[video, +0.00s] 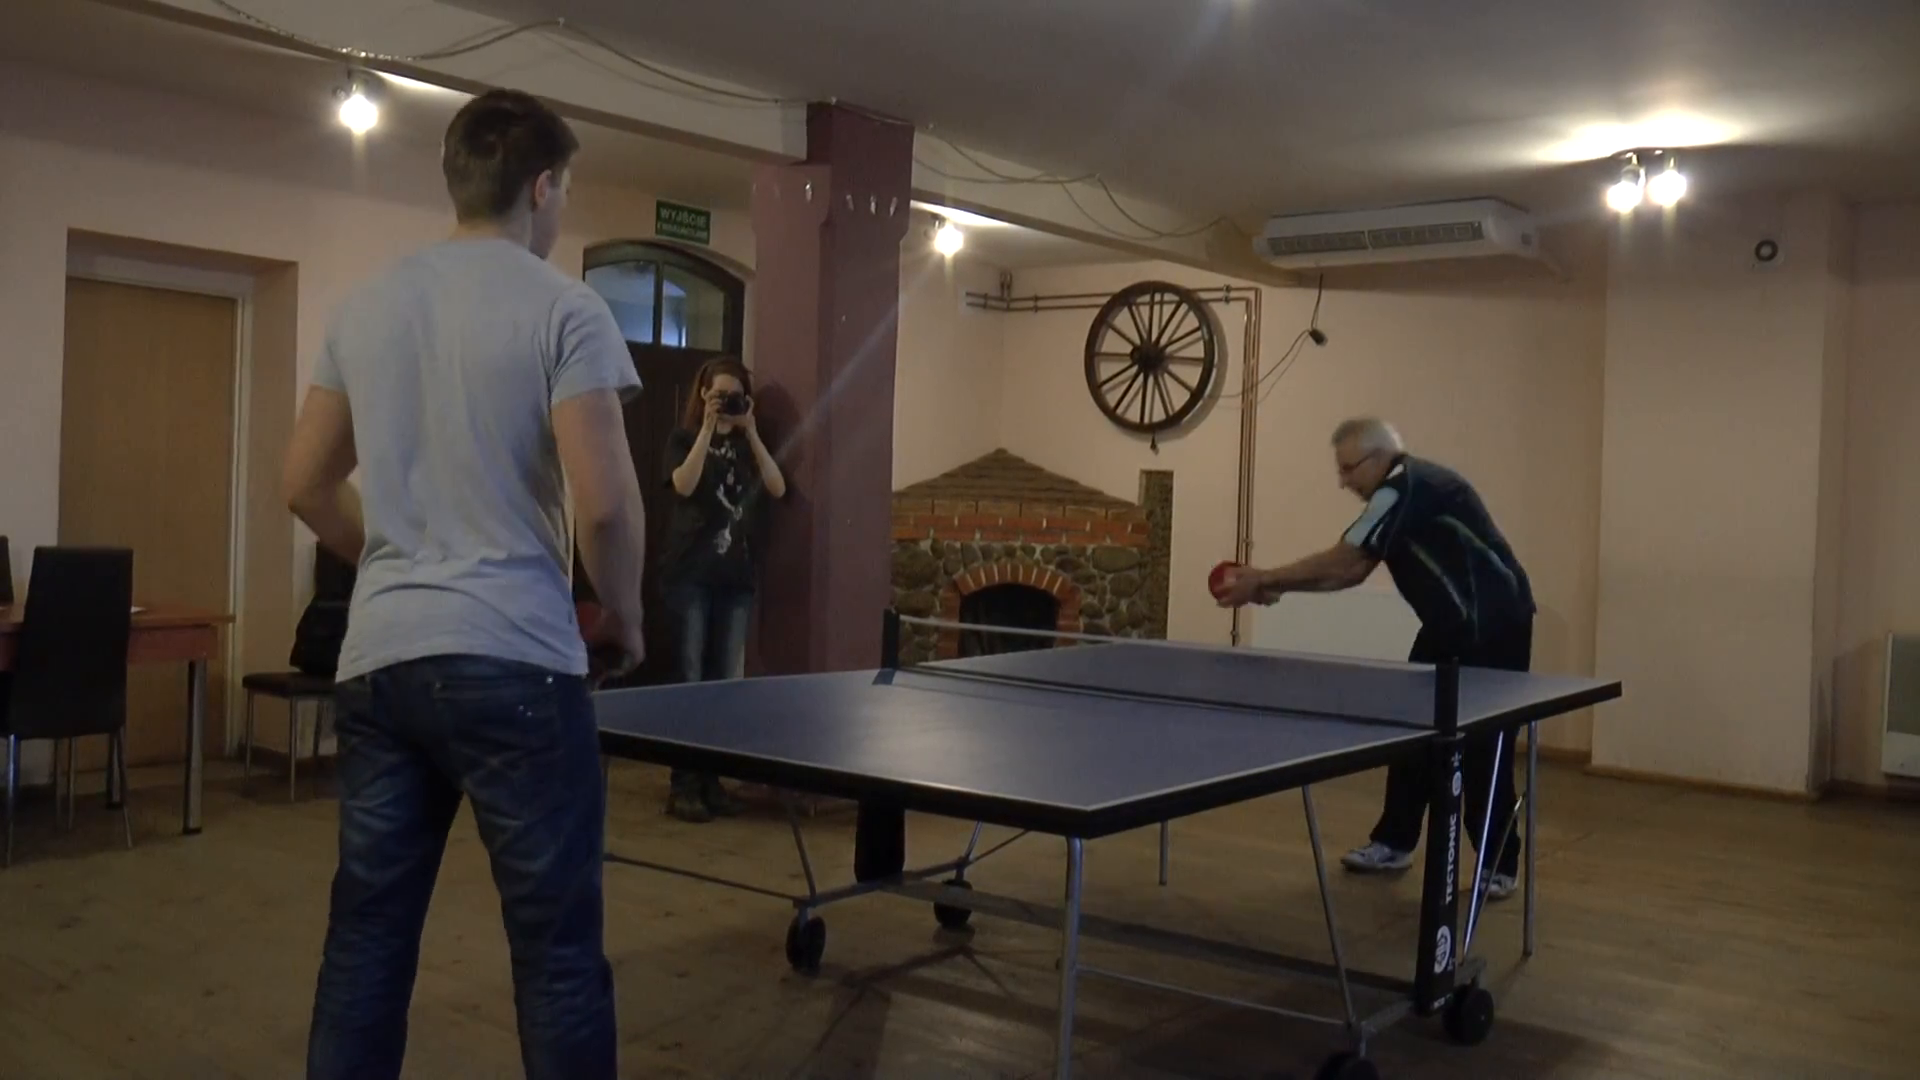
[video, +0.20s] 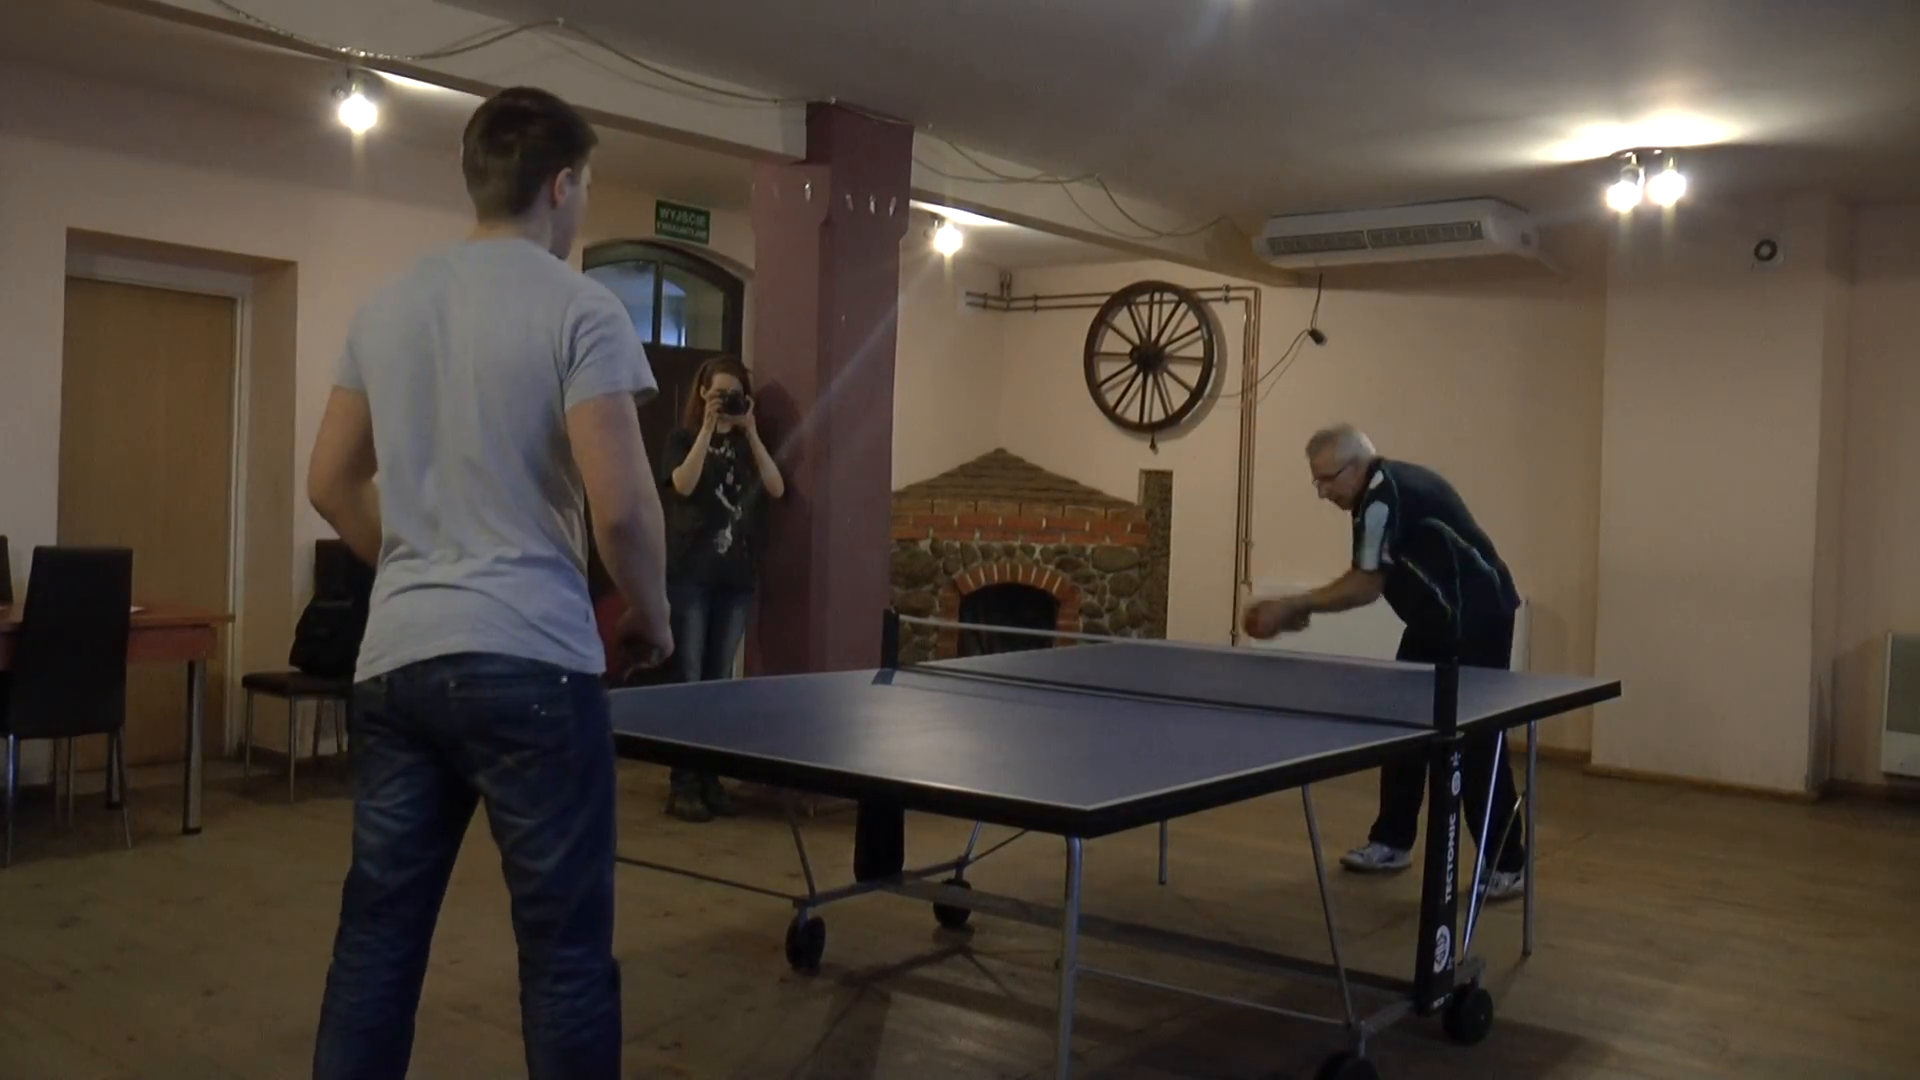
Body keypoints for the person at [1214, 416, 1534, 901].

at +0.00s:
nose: (1344, 481)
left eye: (1350, 468)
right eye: (1342, 471)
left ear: (1379, 458)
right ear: (1379, 462)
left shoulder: (1409, 482)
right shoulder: (1400, 490)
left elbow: (1347, 559)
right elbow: (1353, 570)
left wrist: (1261, 579)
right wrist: (1275, 584)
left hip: (1495, 629)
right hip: (1445, 627)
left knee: (1485, 747)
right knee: (1413, 732)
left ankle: (1501, 863)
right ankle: (1394, 843)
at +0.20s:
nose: (1321, 490)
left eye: (1327, 478)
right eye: (1317, 480)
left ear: (1357, 466)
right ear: (1354, 469)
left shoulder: (1385, 495)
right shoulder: (1379, 490)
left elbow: (1367, 586)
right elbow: (1364, 582)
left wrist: (1294, 605)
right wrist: (1297, 606)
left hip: (1479, 621)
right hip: (1432, 622)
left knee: (1478, 742)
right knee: (1403, 726)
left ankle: (1508, 861)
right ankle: (1392, 842)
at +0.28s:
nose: (1322, 486)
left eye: (1328, 475)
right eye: (1317, 476)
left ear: (1358, 463)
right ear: (1348, 466)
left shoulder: (1394, 493)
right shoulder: (1360, 496)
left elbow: (1396, 586)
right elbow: (1360, 575)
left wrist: (1325, 623)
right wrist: (1314, 613)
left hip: (1475, 616)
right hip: (1426, 615)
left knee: (1476, 738)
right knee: (1403, 725)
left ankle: (1506, 860)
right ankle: (1392, 842)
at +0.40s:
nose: (1327, 478)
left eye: (1334, 467)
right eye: (1323, 469)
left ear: (1366, 455)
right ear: (1331, 465)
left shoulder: (1410, 487)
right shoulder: (1350, 502)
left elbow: (1434, 573)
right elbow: (1348, 573)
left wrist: (1378, 630)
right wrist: (1321, 605)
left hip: (1472, 615)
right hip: (1417, 614)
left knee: (1475, 737)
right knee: (1401, 727)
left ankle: (1500, 859)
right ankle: (1390, 842)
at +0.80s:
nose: (1388, 498)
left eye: (1399, 488)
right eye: (1379, 487)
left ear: (1426, 475)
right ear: (1370, 478)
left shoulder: (1467, 506)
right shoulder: (1373, 512)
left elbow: (1487, 603)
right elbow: (1367, 582)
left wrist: (1409, 600)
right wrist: (1353, 614)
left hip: (1484, 632)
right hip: (1419, 625)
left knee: (1479, 746)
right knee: (1396, 729)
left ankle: (1484, 869)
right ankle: (1385, 839)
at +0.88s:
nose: (1395, 511)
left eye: (1407, 500)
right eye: (1388, 499)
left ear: (1434, 487)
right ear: (1378, 489)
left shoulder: (1474, 516)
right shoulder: (1380, 522)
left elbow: (1495, 613)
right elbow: (1383, 594)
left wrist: (1414, 624)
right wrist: (1367, 626)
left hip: (1486, 636)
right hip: (1421, 631)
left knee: (1475, 745)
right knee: (1383, 722)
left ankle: (1484, 871)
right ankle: (1379, 830)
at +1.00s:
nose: (1396, 530)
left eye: (1408, 520)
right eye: (1388, 518)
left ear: (1436, 507)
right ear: (1381, 506)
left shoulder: (1475, 532)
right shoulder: (1382, 535)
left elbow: (1499, 626)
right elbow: (1387, 607)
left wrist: (1448, 674)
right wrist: (1377, 677)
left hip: (1490, 626)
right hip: (1429, 619)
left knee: (1473, 744)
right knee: (1381, 721)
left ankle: (1481, 874)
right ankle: (1350, 840)